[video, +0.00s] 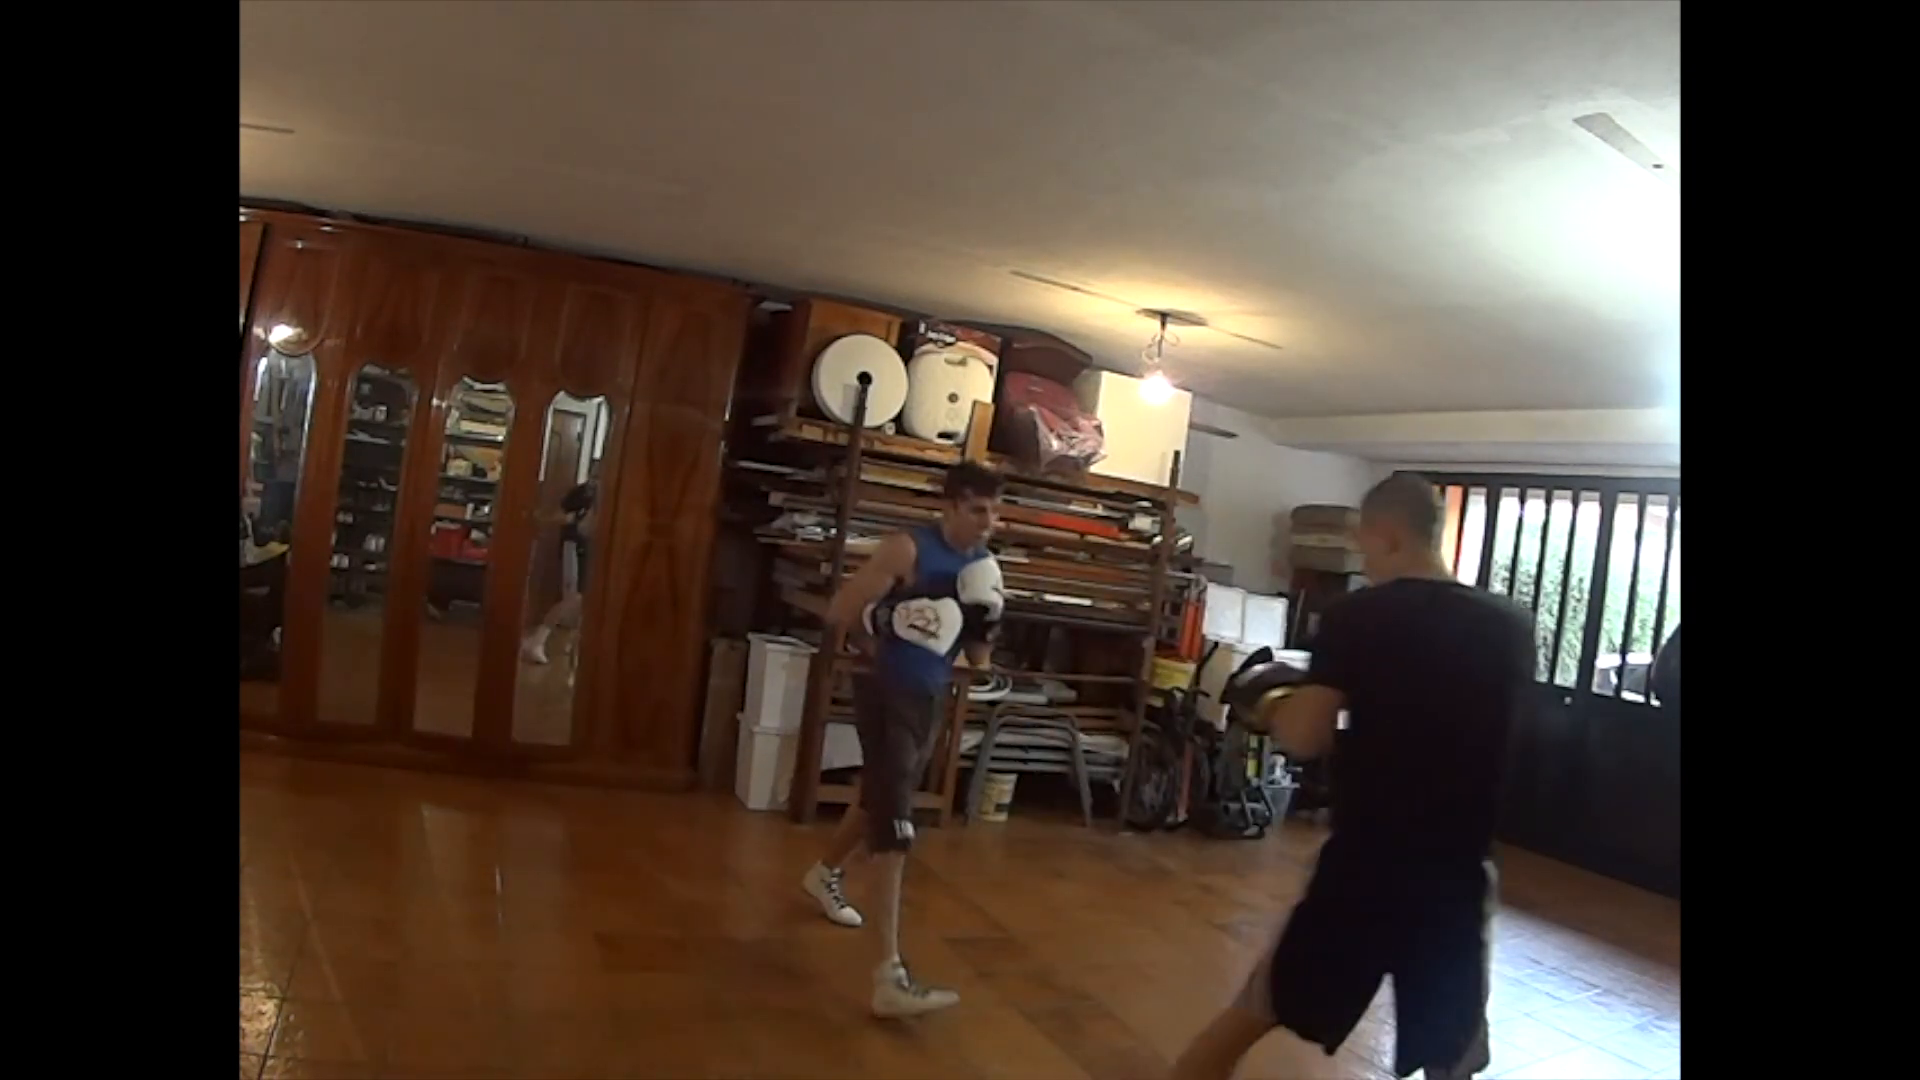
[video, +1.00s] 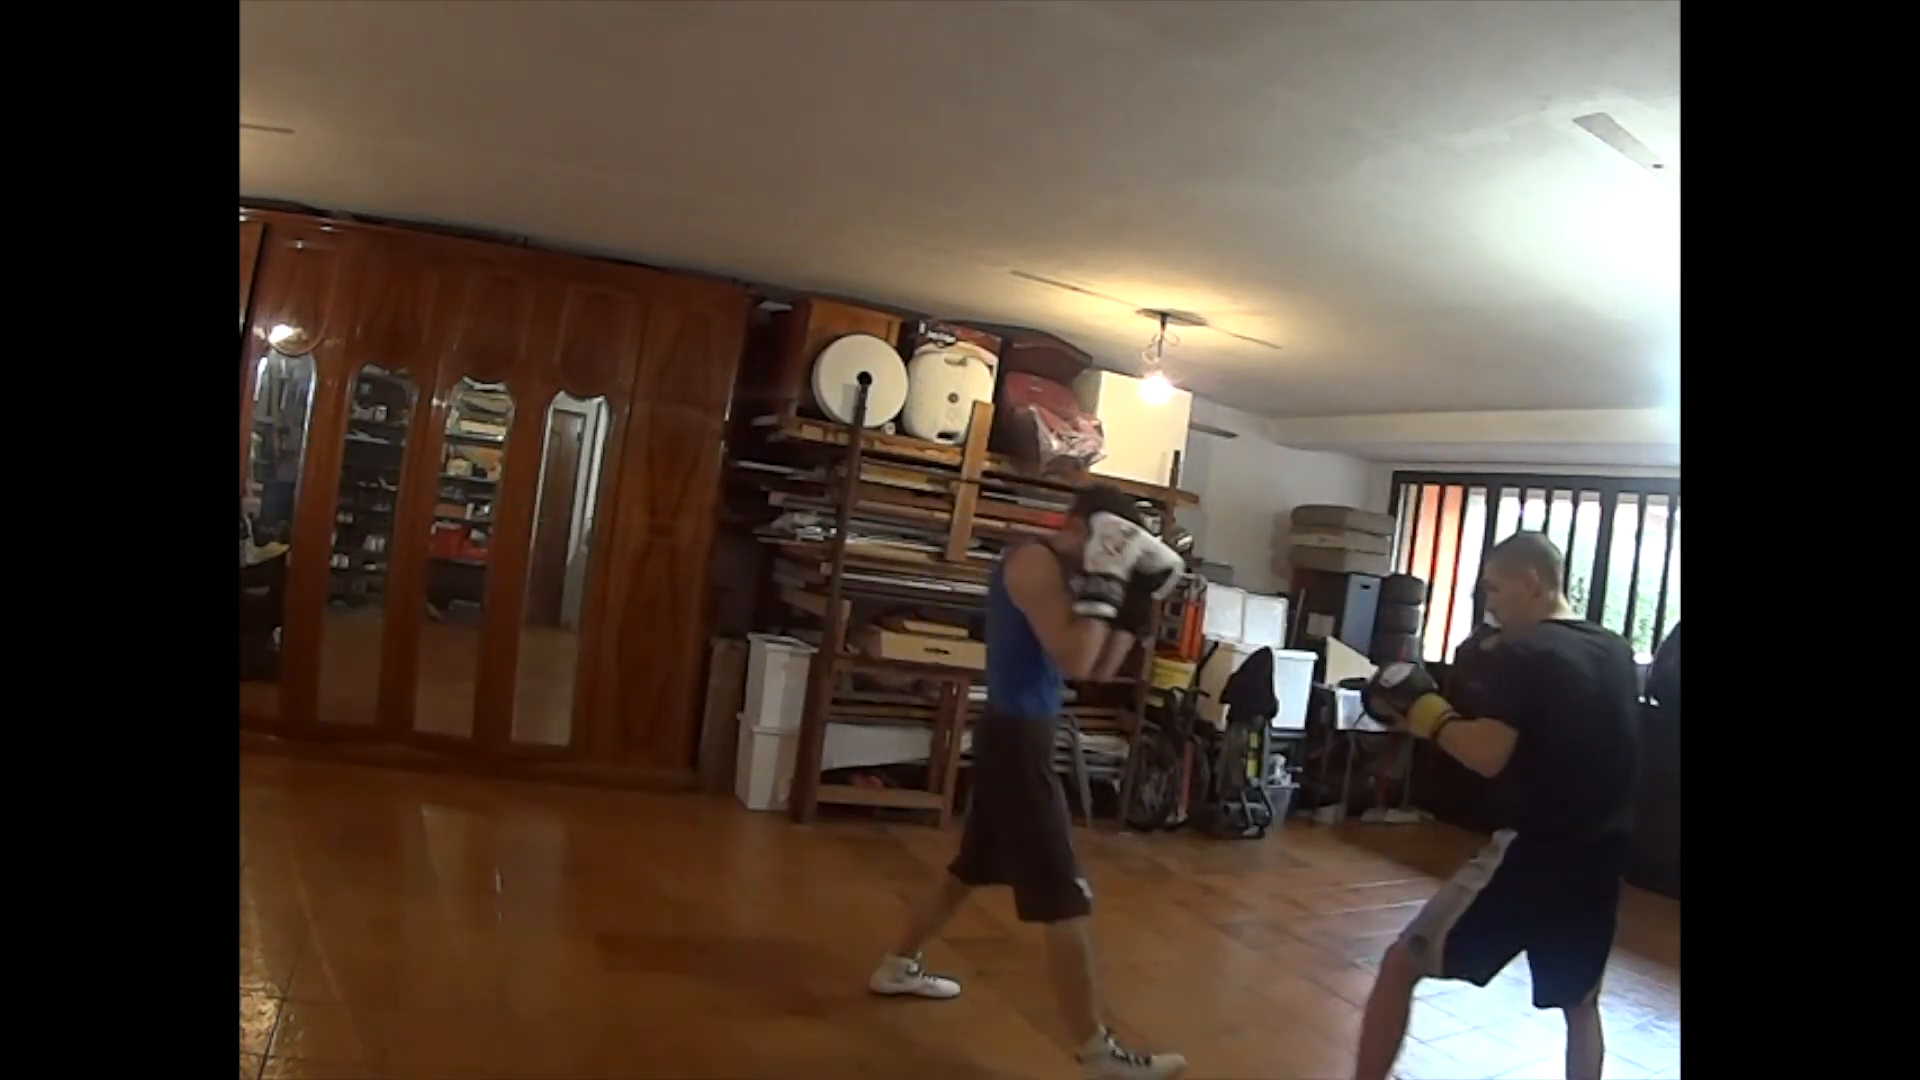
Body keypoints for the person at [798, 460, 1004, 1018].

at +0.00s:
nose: (984, 524)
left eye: (990, 515)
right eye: (976, 511)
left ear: (993, 517)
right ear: (948, 505)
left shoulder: (976, 567)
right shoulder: (905, 549)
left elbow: (977, 660)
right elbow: (840, 614)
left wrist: (985, 621)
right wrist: (882, 616)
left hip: (928, 700)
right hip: (886, 694)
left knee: (880, 803)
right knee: (893, 835)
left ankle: (824, 871)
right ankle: (888, 975)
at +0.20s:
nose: (1005, 522)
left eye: (1014, 514)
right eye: (996, 509)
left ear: (1020, 521)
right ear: (969, 503)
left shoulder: (996, 567)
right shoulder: (923, 551)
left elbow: (1006, 657)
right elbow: (899, 646)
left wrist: (1035, 605)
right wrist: (939, 592)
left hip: (943, 712)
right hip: (903, 704)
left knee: (905, 817)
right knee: (919, 849)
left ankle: (834, 869)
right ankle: (899, 991)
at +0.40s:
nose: (1026, 512)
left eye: (1034, 504)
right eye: (1021, 498)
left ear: (1031, 507)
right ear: (991, 486)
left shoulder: (999, 543)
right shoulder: (946, 539)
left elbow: (1035, 626)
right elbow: (1008, 622)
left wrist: (1065, 558)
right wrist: (1020, 552)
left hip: (967, 708)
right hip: (937, 706)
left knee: (937, 842)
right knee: (934, 860)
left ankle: (862, 921)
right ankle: (903, 993)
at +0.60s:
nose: (1049, 532)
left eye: (1056, 523)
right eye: (1049, 518)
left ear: (1028, 508)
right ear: (1024, 503)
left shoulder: (1005, 554)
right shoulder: (968, 545)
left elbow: (1036, 643)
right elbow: (1018, 635)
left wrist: (1073, 579)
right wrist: (1047, 565)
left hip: (975, 719)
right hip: (963, 721)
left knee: (948, 859)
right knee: (997, 873)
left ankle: (902, 960)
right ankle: (912, 979)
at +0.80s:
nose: (1067, 534)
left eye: (1071, 526)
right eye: (1068, 524)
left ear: (1046, 517)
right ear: (1044, 513)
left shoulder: (1024, 557)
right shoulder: (990, 545)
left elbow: (1058, 653)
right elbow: (1035, 640)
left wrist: (1096, 588)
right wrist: (1062, 568)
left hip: (995, 723)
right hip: (988, 723)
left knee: (967, 856)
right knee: (1054, 876)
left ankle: (900, 964)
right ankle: (1010, 1016)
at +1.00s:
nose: (1106, 552)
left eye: (1113, 544)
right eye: (1106, 540)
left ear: (1083, 531)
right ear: (1079, 525)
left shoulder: (1059, 567)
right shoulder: (1032, 559)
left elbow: (1099, 666)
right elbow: (1075, 660)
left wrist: (1139, 593)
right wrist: (1102, 582)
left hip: (1019, 743)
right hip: (1019, 746)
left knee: (970, 867)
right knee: (1066, 903)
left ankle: (899, 965)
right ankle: (1093, 1046)